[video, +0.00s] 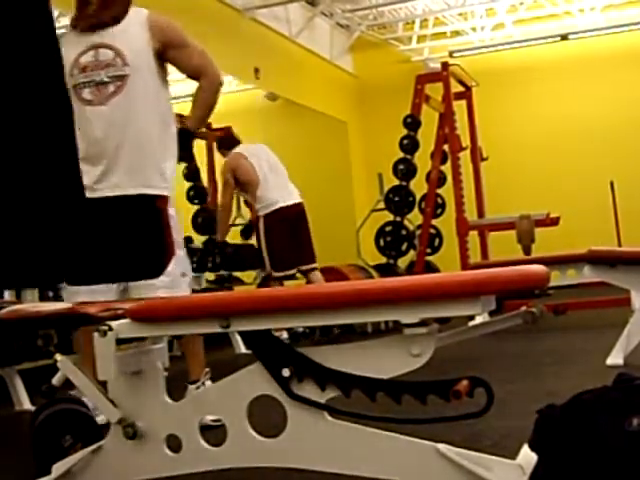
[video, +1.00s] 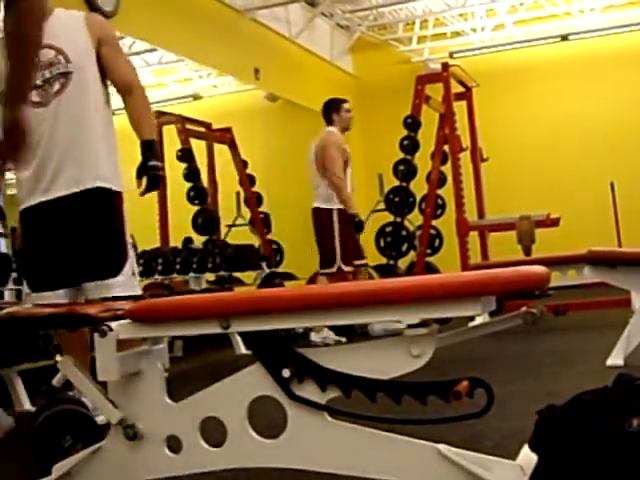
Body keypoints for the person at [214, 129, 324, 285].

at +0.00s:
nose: (222, 155)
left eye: (220, 152)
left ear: (222, 150)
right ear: (238, 140)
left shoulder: (230, 162)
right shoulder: (262, 149)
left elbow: (225, 205)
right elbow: (270, 187)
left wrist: (220, 238)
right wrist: (254, 220)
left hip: (271, 215)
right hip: (296, 206)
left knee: (274, 276)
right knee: (309, 268)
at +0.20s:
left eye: (247, 134)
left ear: (245, 135)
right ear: (264, 130)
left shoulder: (242, 157)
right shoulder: (287, 145)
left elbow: (233, 195)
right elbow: (301, 179)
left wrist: (225, 224)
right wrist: (295, 200)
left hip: (271, 217)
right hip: (299, 212)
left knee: (274, 279)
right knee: (312, 272)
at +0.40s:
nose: (286, 125)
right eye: (286, 121)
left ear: (268, 127)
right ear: (288, 123)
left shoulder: (258, 153)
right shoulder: (304, 144)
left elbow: (250, 192)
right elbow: (325, 180)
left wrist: (250, 222)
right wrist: (330, 206)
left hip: (276, 217)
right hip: (306, 214)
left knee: (279, 278)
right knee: (313, 274)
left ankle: (280, 329)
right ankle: (318, 326)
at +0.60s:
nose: (315, 121)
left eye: (314, 117)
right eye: (313, 117)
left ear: (291, 120)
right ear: (304, 118)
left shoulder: (276, 148)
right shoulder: (312, 141)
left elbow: (273, 190)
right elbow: (336, 176)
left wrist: (284, 214)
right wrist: (358, 206)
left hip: (292, 214)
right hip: (317, 210)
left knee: (293, 272)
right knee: (318, 273)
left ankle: (287, 324)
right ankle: (318, 327)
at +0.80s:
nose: (333, 118)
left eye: (332, 113)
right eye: (330, 114)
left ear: (311, 117)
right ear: (319, 116)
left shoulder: (297, 141)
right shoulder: (322, 137)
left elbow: (305, 178)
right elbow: (336, 171)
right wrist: (360, 204)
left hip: (305, 210)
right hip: (324, 209)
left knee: (322, 269)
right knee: (332, 269)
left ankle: (318, 324)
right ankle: (321, 325)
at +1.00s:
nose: (351, 115)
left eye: (350, 111)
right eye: (347, 111)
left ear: (337, 116)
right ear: (334, 115)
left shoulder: (334, 139)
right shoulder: (330, 138)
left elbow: (335, 178)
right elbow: (335, 176)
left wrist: (352, 210)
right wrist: (351, 209)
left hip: (338, 210)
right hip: (330, 210)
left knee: (357, 264)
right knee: (331, 269)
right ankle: (317, 324)